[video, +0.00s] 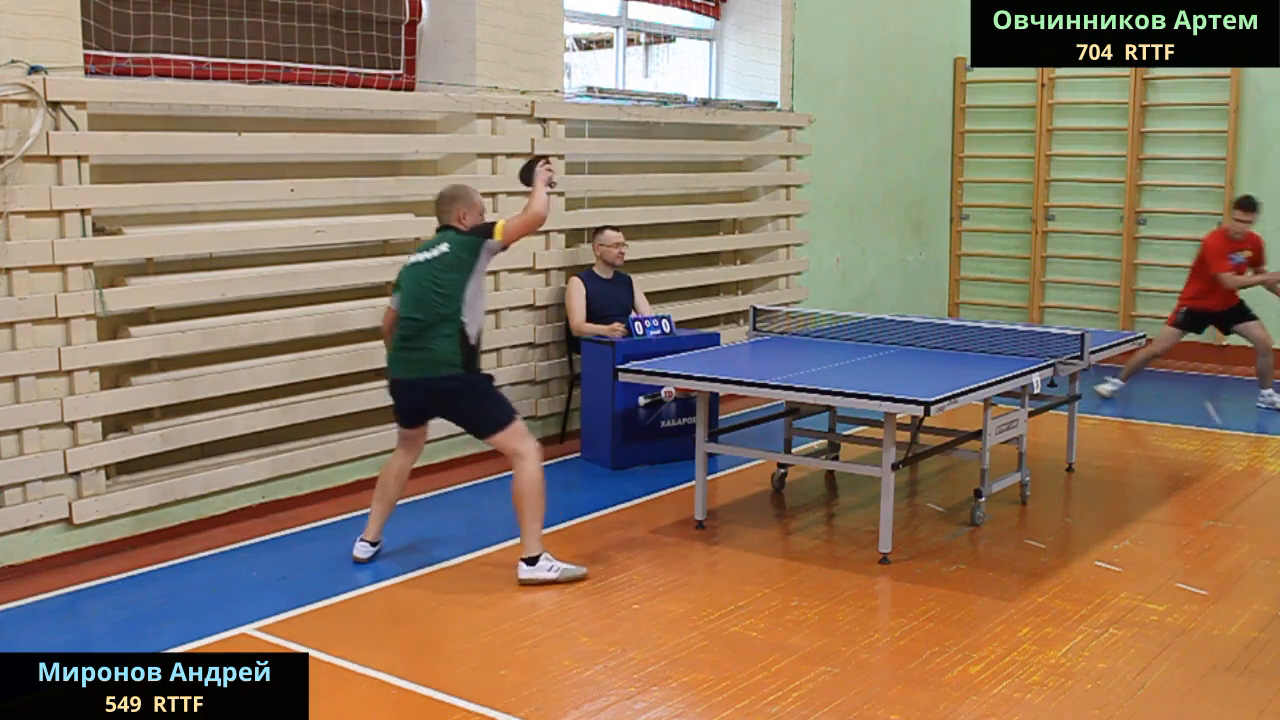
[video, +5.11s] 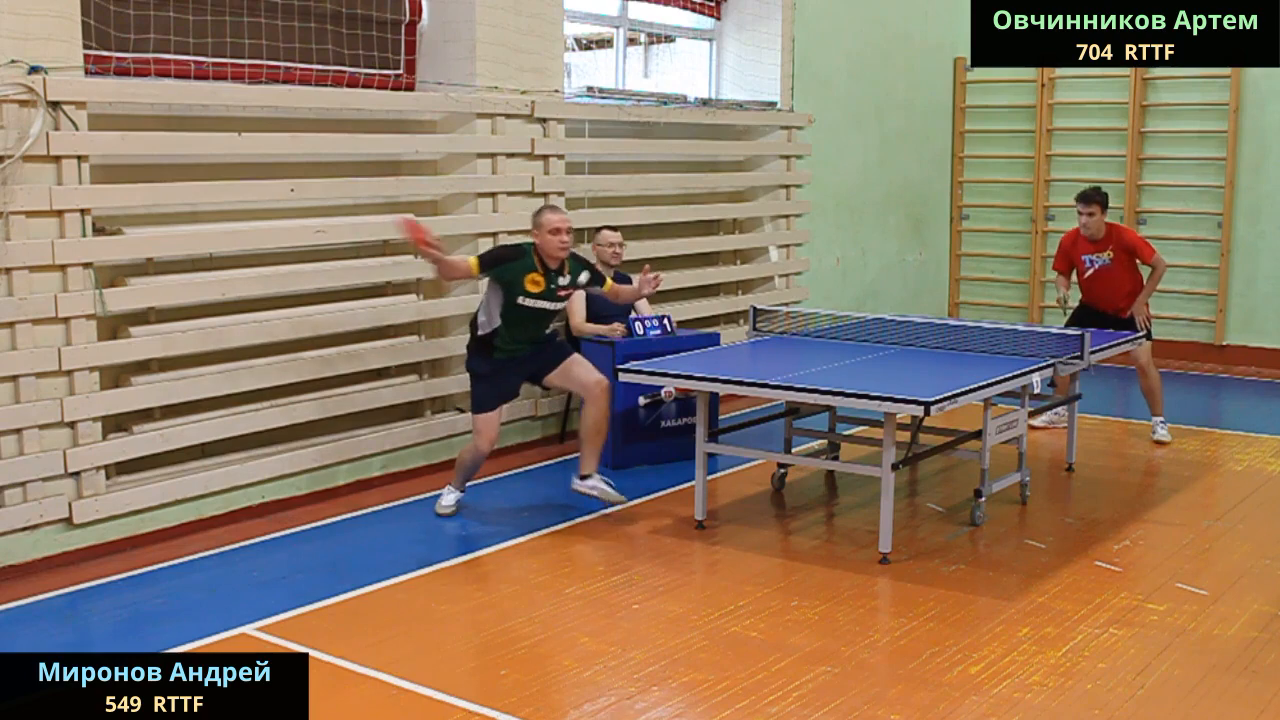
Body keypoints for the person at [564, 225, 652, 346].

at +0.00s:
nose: (622, 251)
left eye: (623, 246)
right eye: (616, 246)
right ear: (597, 249)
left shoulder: (628, 281)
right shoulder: (578, 283)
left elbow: (648, 318)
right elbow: (577, 328)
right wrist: (606, 330)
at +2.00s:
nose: (619, 250)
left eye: (622, 245)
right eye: (612, 245)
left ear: (625, 247)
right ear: (596, 248)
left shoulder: (630, 282)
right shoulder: (579, 282)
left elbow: (649, 318)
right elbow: (578, 327)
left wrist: (666, 322)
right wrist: (611, 333)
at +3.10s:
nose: (618, 250)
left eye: (621, 246)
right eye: (611, 246)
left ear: (624, 248)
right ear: (594, 250)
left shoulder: (629, 282)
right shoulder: (579, 283)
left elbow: (646, 314)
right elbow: (577, 327)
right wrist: (606, 330)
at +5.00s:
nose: (617, 251)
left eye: (621, 246)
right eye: (611, 246)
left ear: (624, 248)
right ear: (595, 249)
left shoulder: (627, 280)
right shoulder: (579, 282)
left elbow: (648, 317)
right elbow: (577, 328)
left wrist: (664, 325)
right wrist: (606, 330)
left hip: (630, 347)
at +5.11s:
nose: (617, 251)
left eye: (621, 246)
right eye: (610, 246)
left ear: (624, 248)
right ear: (595, 249)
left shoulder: (627, 280)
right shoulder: (581, 280)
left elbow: (649, 317)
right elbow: (577, 327)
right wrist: (606, 330)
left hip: (630, 345)